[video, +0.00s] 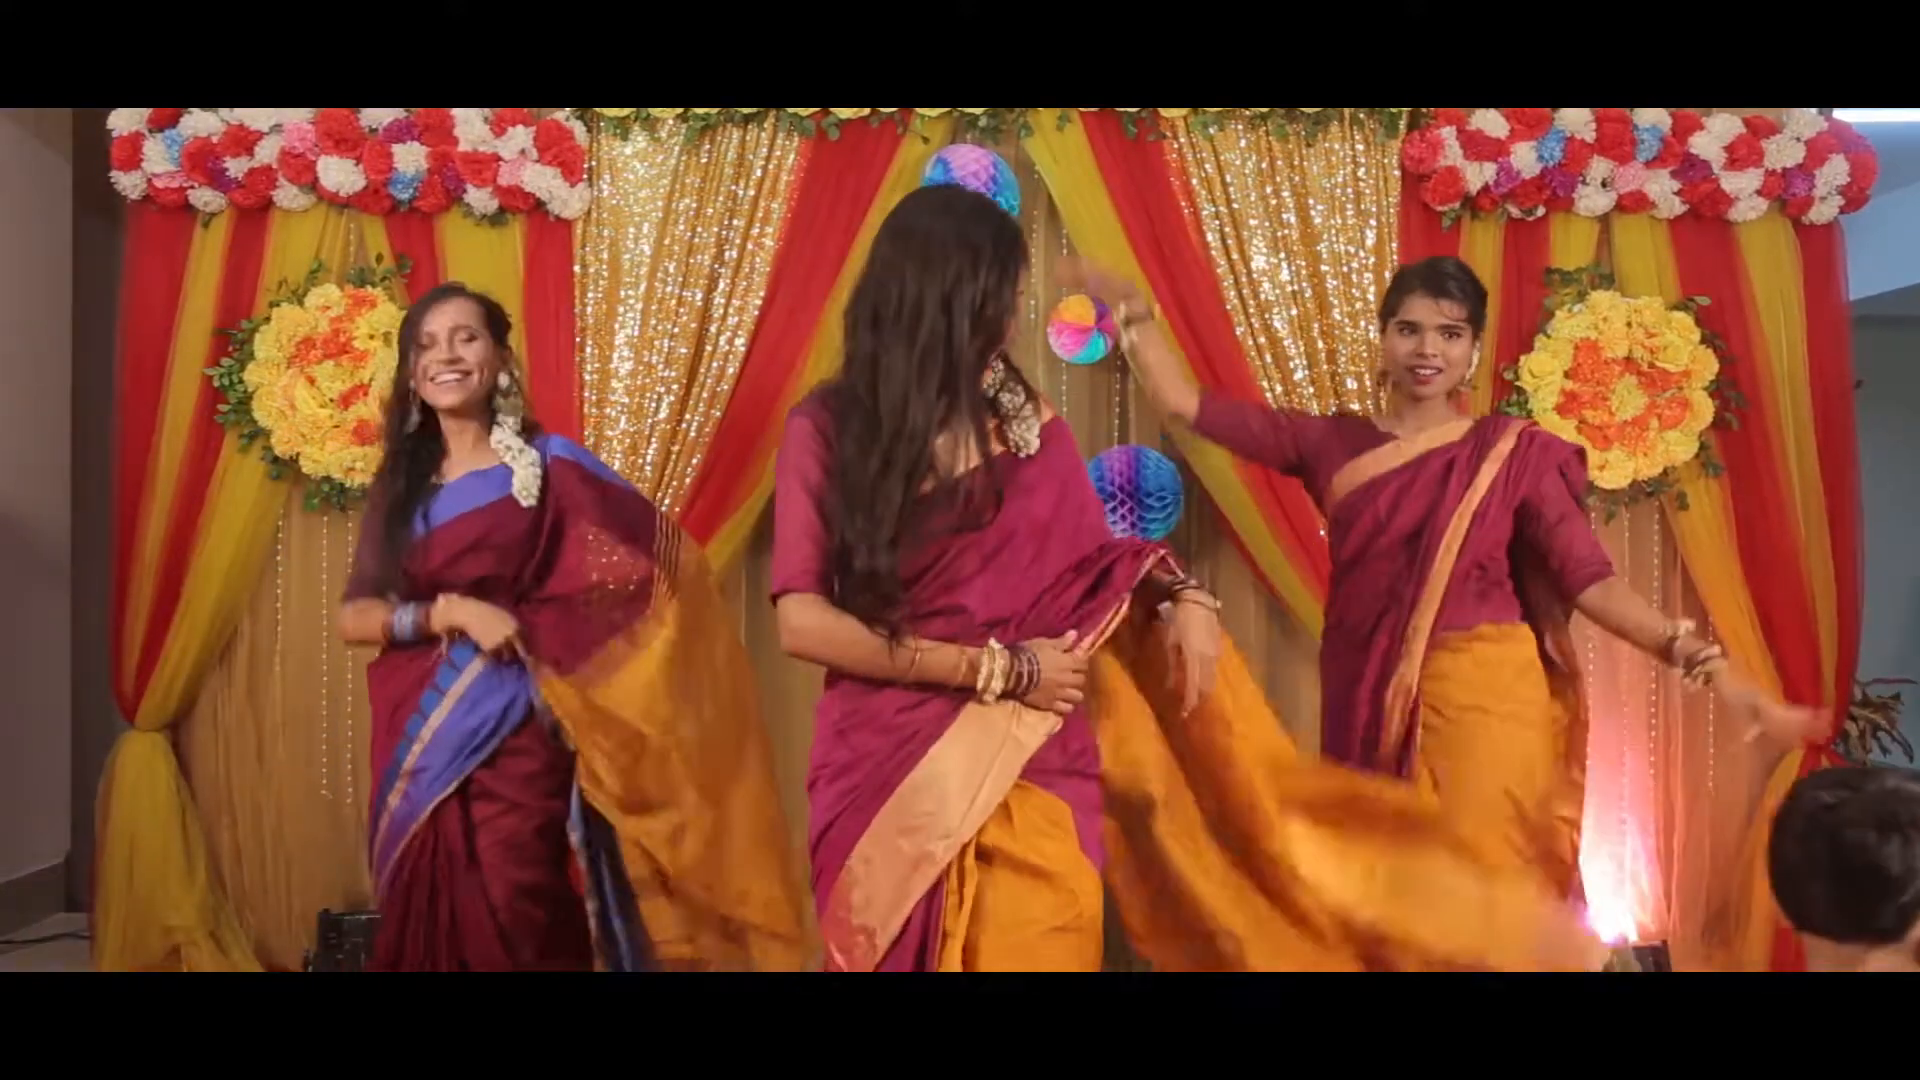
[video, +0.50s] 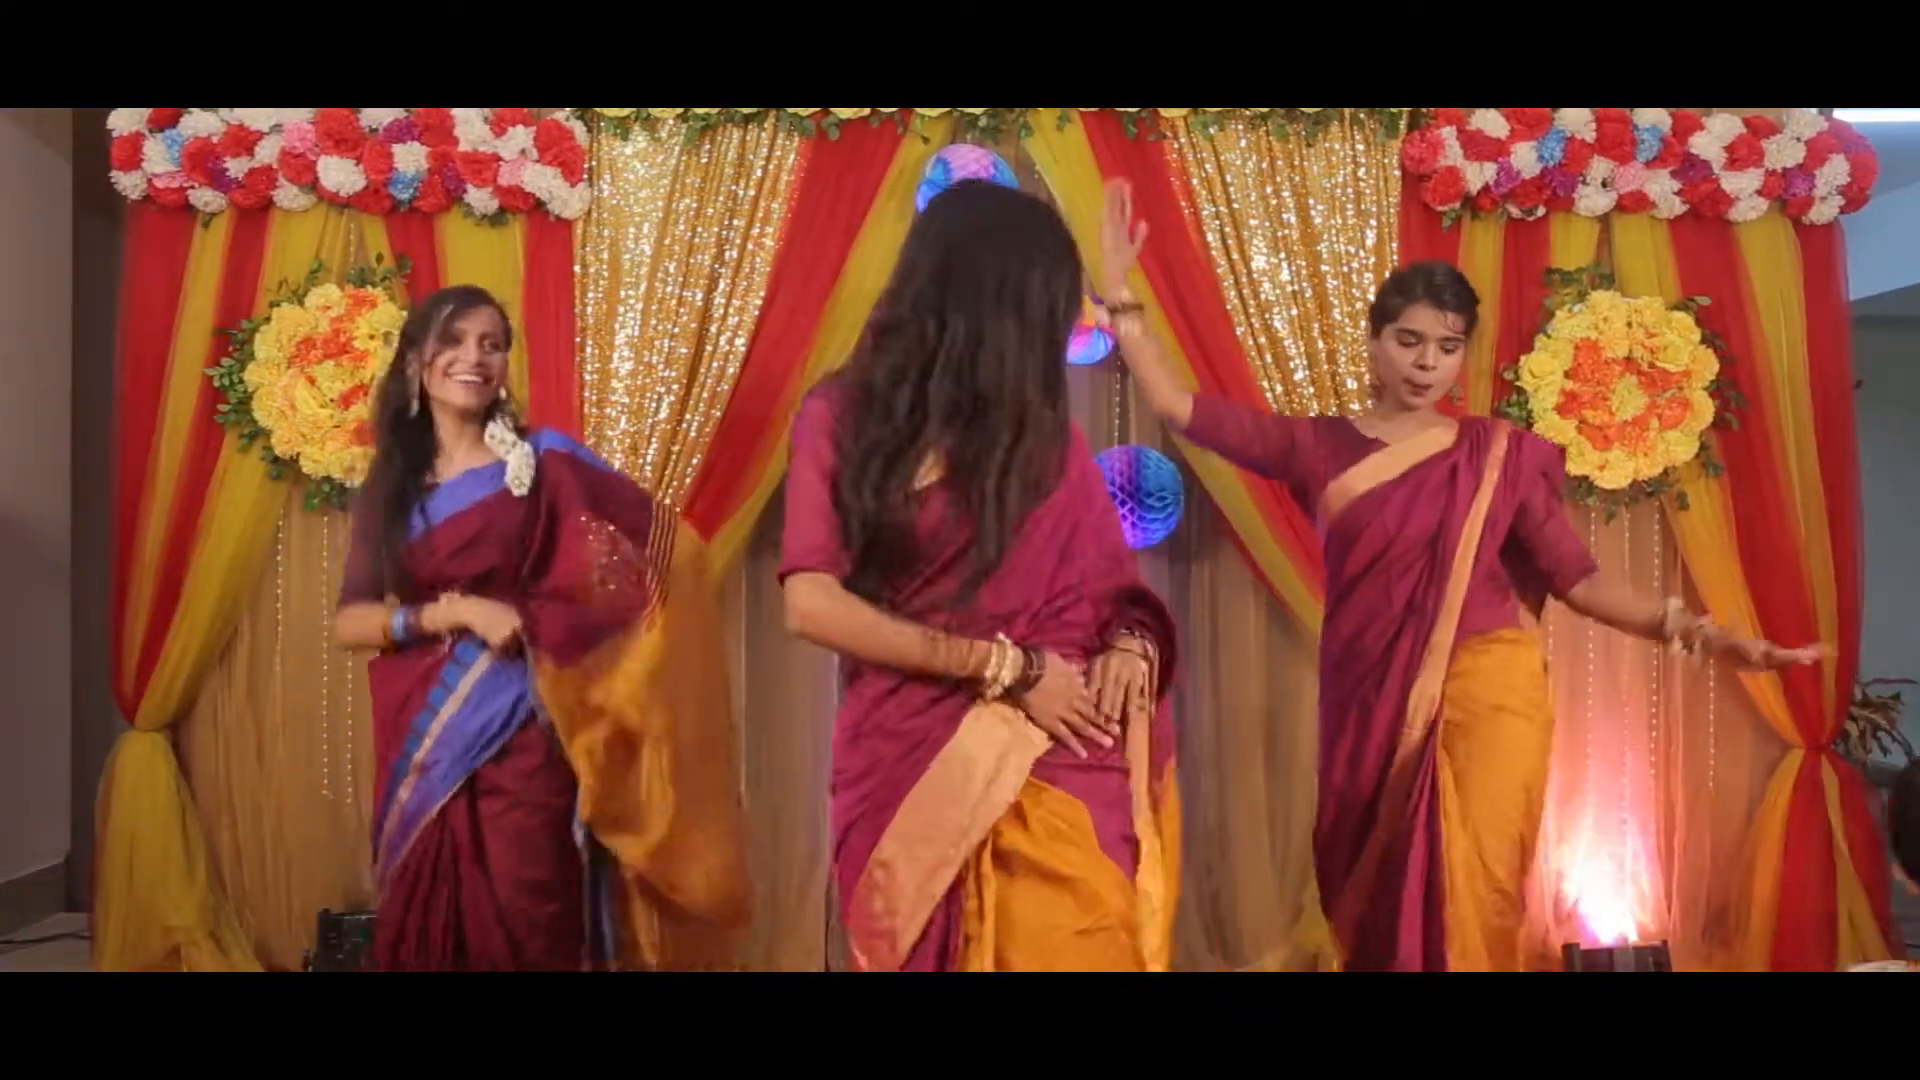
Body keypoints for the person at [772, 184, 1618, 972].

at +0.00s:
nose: (1029, 322)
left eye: (1030, 298)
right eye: (1011, 297)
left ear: (1023, 299)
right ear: (947, 293)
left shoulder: (1028, 410)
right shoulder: (830, 430)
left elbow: (1091, 551)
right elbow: (801, 623)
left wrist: (1176, 589)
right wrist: (997, 673)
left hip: (1044, 757)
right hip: (896, 760)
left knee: (1047, 946)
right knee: (891, 954)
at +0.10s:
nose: (1028, 306)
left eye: (1030, 282)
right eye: (1016, 283)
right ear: (960, 284)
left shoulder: (1031, 405)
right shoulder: (834, 415)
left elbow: (1080, 568)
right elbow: (806, 613)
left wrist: (1182, 589)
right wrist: (1011, 669)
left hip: (1044, 767)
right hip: (892, 772)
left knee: (1046, 953)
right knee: (900, 959)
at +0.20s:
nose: (1039, 314)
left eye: (1039, 291)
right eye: (1027, 290)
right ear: (966, 292)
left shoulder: (1046, 418)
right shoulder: (847, 428)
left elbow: (1063, 600)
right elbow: (815, 628)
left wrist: (1164, 605)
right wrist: (1015, 694)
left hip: (1037, 795)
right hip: (891, 800)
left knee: (1043, 953)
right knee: (896, 961)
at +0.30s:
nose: (1034, 338)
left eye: (1038, 311)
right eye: (1022, 311)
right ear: (972, 309)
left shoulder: (1055, 434)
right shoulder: (850, 445)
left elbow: (1103, 584)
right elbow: (825, 650)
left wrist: (1145, 613)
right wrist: (1021, 708)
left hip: (1041, 813)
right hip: (888, 815)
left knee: (1046, 952)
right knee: (901, 958)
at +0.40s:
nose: (1053, 337)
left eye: (1053, 313)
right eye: (1044, 313)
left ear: (925, 292)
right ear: (1004, 311)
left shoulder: (1055, 438)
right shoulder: (843, 433)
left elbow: (1116, 581)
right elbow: (819, 626)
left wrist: (1136, 635)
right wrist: (1021, 690)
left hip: (1055, 810)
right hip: (898, 815)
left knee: (1059, 953)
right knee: (901, 958)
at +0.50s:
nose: (1062, 333)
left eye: (1064, 307)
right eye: (1056, 306)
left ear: (931, 284)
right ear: (1006, 301)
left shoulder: (1051, 437)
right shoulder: (839, 416)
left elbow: (1121, 591)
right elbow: (810, 602)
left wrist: (1131, 642)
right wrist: (1010, 668)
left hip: (1064, 795)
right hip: (907, 798)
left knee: (1070, 946)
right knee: (924, 955)